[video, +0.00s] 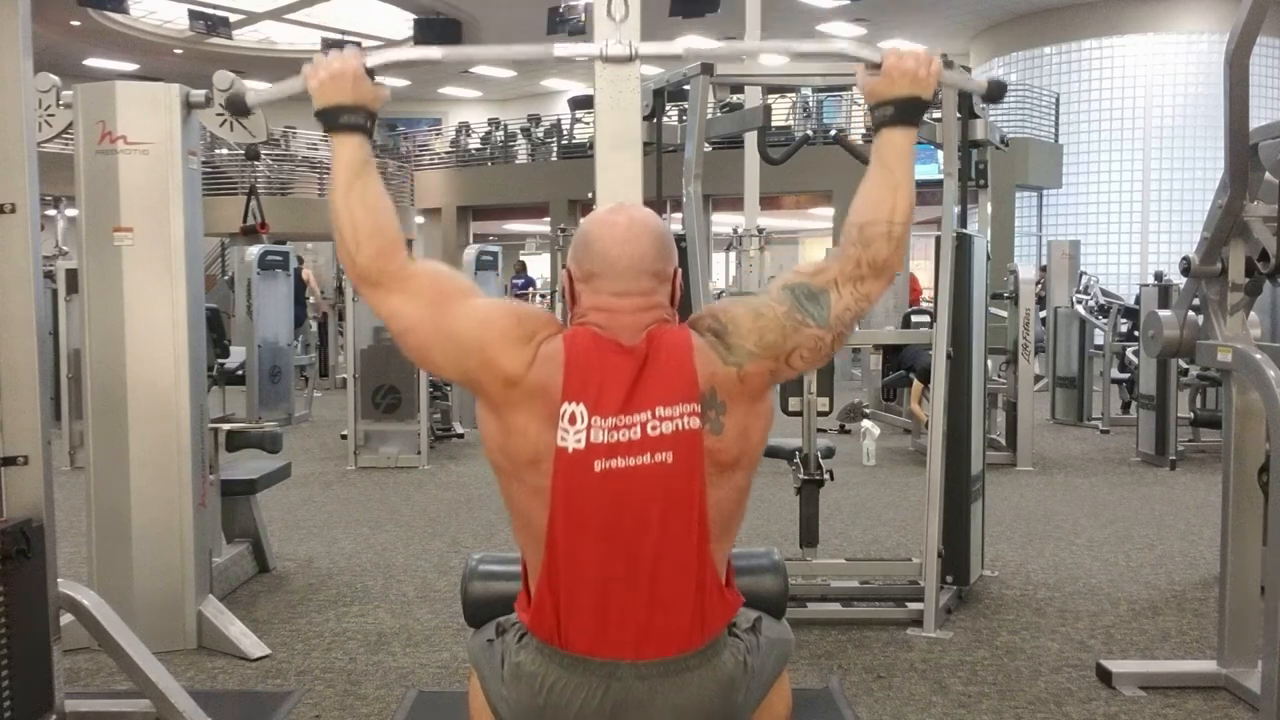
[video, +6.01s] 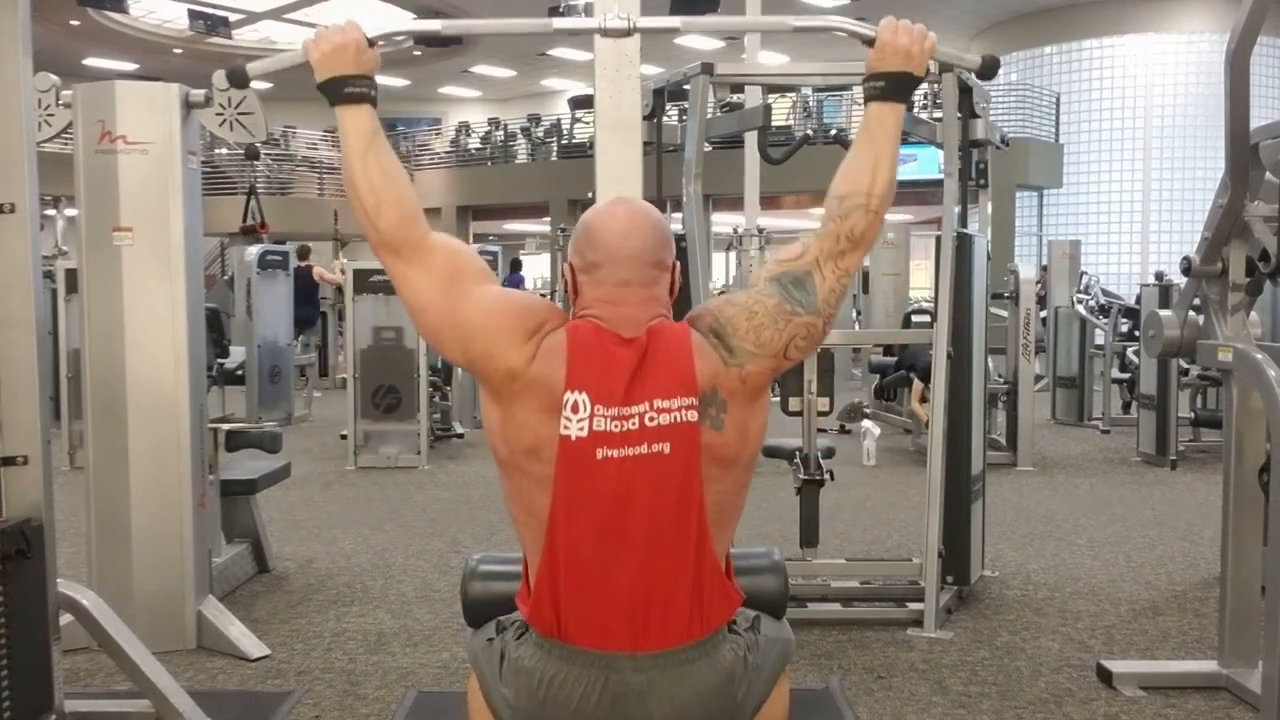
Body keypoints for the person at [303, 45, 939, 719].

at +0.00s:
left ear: (570, 287)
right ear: (673, 288)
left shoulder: (510, 354)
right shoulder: (740, 353)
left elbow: (379, 270)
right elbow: (865, 268)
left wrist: (347, 122)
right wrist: (899, 116)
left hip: (554, 686)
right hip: (698, 685)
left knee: (489, 659)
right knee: (769, 650)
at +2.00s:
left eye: (563, 302)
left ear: (563, 324)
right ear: (673, 324)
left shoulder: (494, 409)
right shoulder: (744, 407)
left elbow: (352, 355)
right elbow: (882, 340)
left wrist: (336, 209)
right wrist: (904, 191)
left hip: (552, 694)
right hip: (705, 691)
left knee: (490, 656)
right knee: (767, 645)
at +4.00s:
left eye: (563, 392)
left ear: (564, 414)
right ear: (687, 420)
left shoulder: (485, 544)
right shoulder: (765, 541)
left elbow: (350, 642)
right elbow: (875, 637)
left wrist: (323, 490)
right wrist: (905, 490)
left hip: (534, 707)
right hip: (707, 709)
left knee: (487, 662)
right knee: (770, 647)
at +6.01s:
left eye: (576, 265)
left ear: (571, 281)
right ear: (673, 281)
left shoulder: (514, 347)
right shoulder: (734, 352)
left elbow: (400, 239)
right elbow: (845, 236)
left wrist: (347, 89)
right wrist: (892, 85)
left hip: (555, 682)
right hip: (700, 680)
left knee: (486, 661)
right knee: (771, 654)